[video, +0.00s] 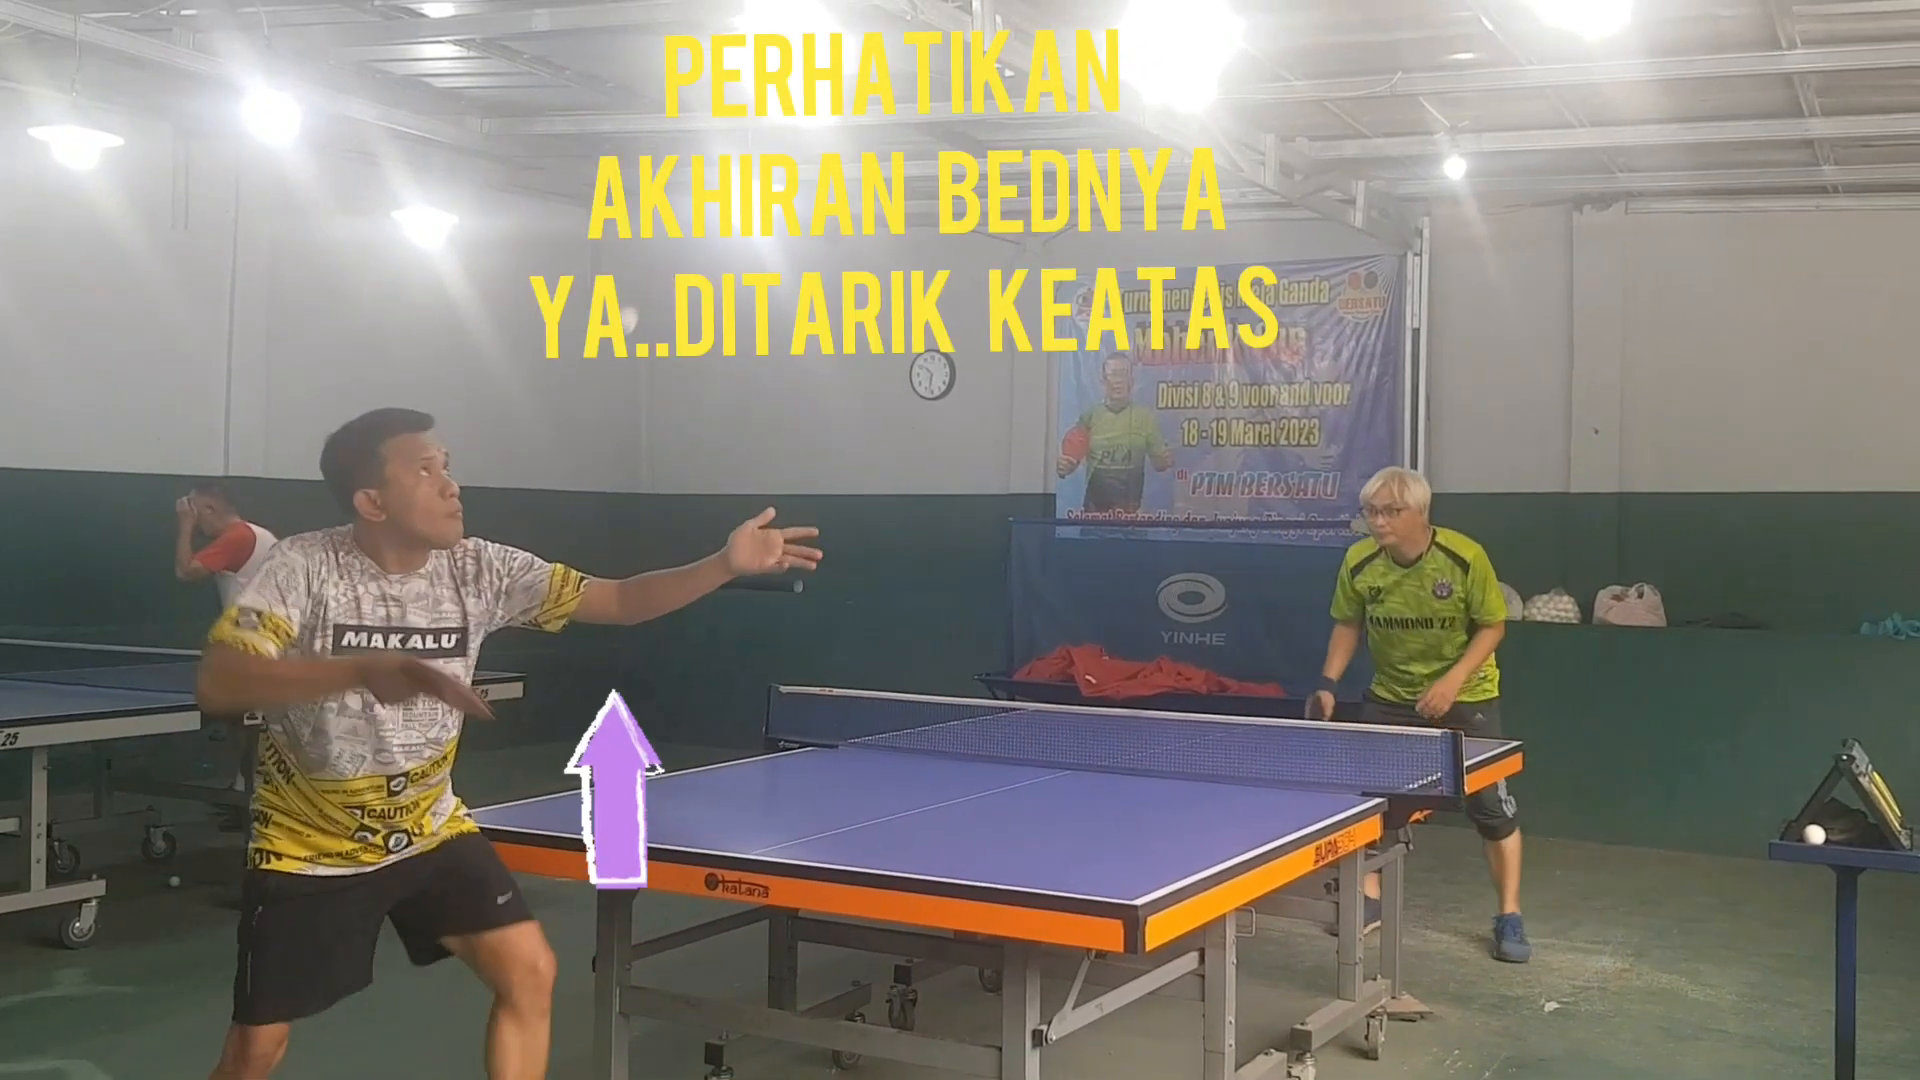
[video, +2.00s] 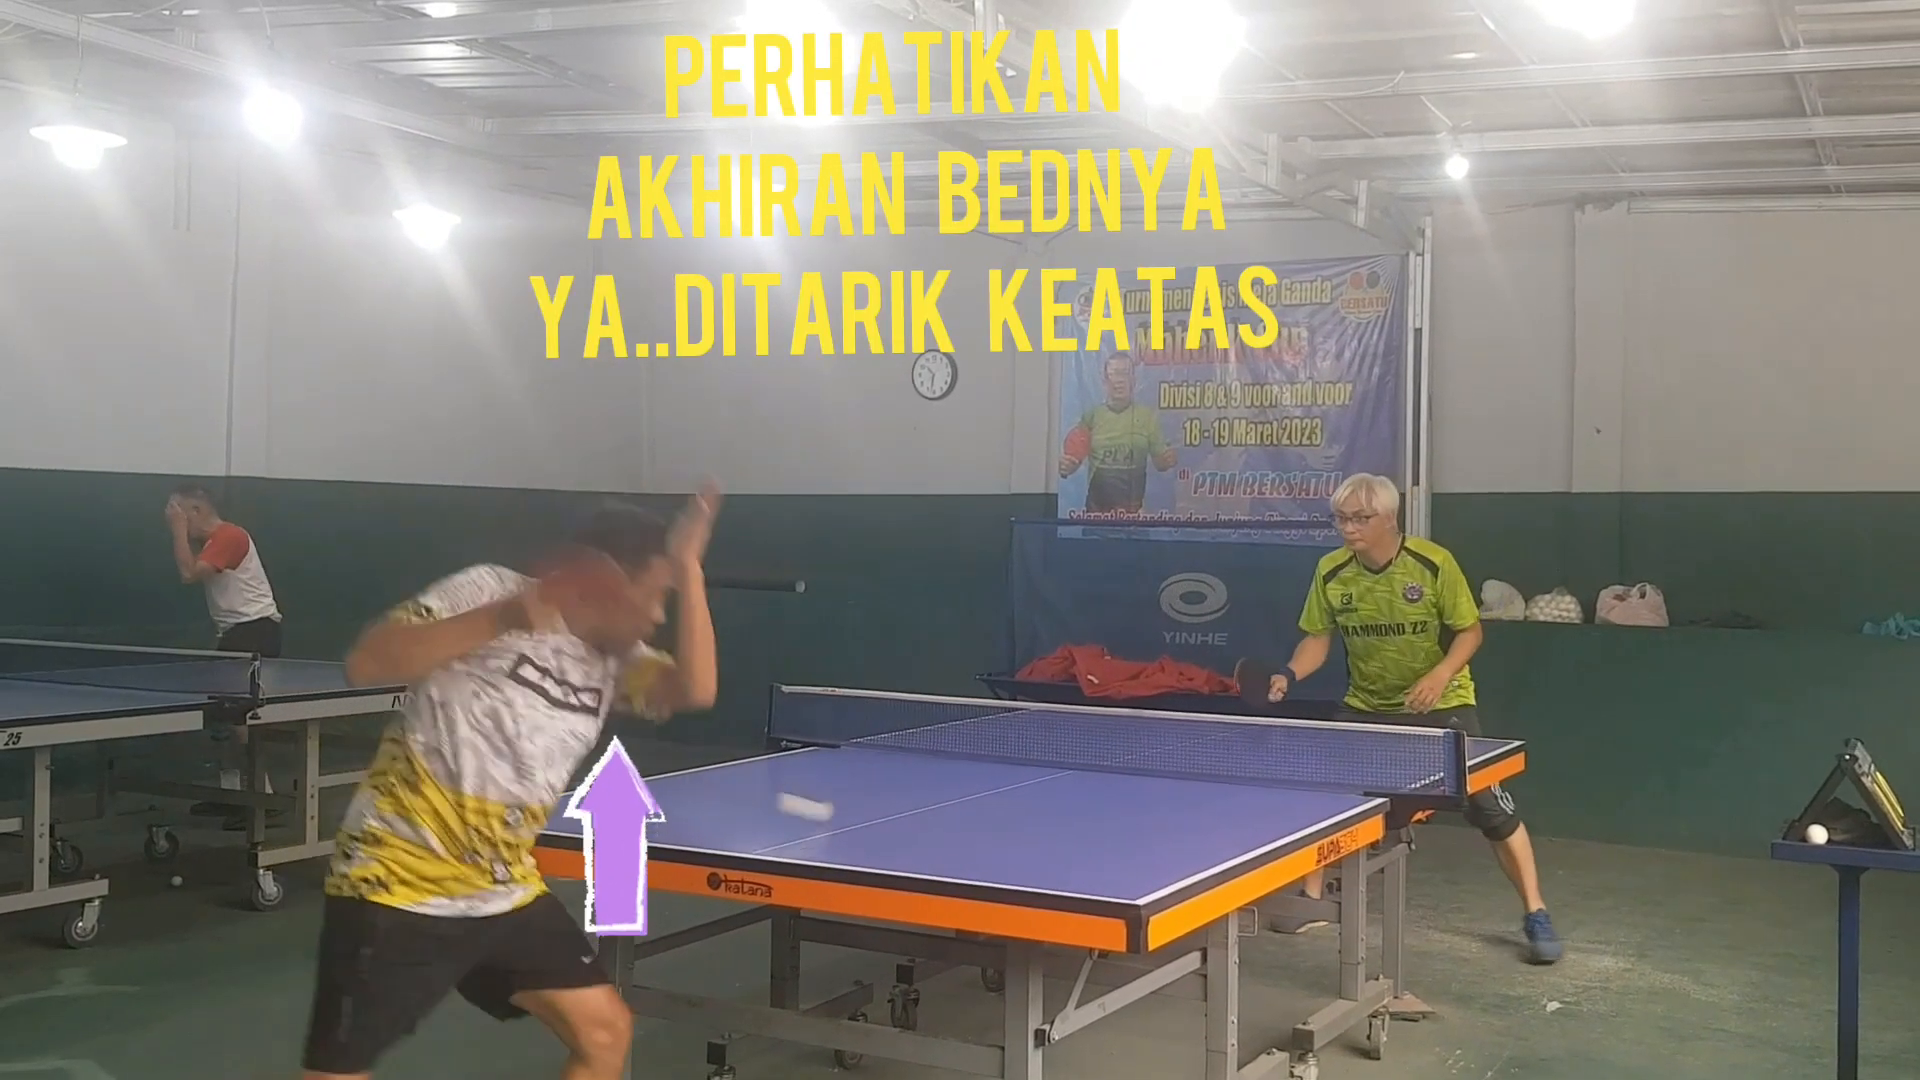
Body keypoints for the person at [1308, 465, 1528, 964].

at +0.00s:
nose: (1375, 521)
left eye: (1386, 511)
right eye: (1370, 512)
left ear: (1418, 514)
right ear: (1367, 516)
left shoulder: (1465, 558)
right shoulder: (1357, 564)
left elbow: (1492, 625)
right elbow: (1346, 624)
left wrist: (1452, 681)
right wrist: (1328, 683)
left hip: (1466, 698)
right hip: (1390, 697)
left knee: (1492, 803)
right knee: (1365, 794)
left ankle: (1509, 915)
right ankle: (1368, 897)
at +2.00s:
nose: (1347, 529)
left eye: (1358, 519)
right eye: (1342, 519)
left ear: (1387, 519)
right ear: (1337, 522)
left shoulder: (1434, 564)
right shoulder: (1330, 572)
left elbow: (1470, 632)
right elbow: (1317, 638)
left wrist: (1439, 676)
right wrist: (1289, 674)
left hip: (1441, 705)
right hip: (1365, 706)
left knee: (1485, 801)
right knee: (1318, 785)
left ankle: (1535, 911)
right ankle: (1311, 896)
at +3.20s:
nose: (1390, 530)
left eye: (1401, 519)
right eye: (1384, 521)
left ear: (1431, 518)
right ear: (1379, 524)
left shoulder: (1482, 561)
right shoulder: (1376, 574)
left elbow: (1519, 633)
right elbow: (1375, 649)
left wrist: (1480, 664)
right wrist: (1348, 671)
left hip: (1482, 718)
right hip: (1402, 718)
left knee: (1524, 814)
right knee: (1339, 789)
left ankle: (1575, 928)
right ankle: (1314, 894)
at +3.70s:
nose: (1428, 529)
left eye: (1439, 519)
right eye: (1421, 519)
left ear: (1468, 516)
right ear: (1414, 520)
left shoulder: (1518, 555)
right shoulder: (1407, 573)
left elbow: (1556, 626)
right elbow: (1424, 648)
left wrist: (1521, 652)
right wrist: (1411, 668)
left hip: (1511, 710)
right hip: (1433, 711)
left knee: (1546, 821)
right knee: (1366, 796)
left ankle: (1577, 931)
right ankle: (1318, 889)